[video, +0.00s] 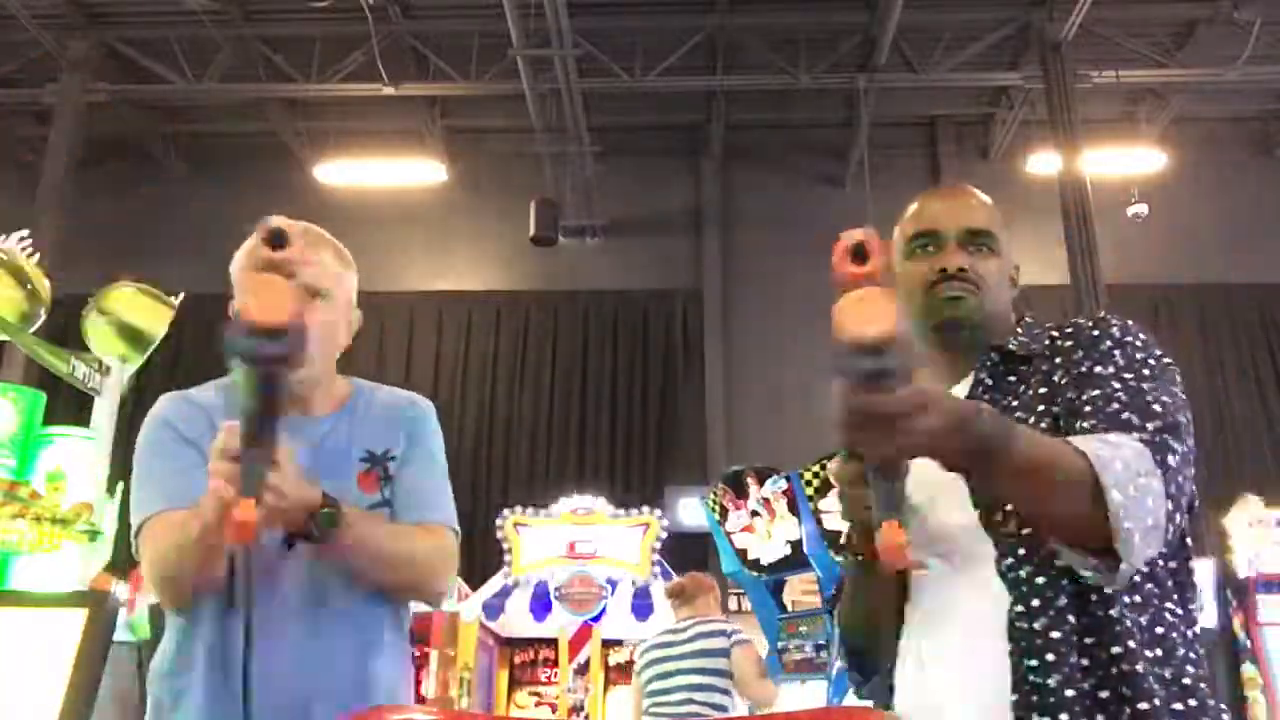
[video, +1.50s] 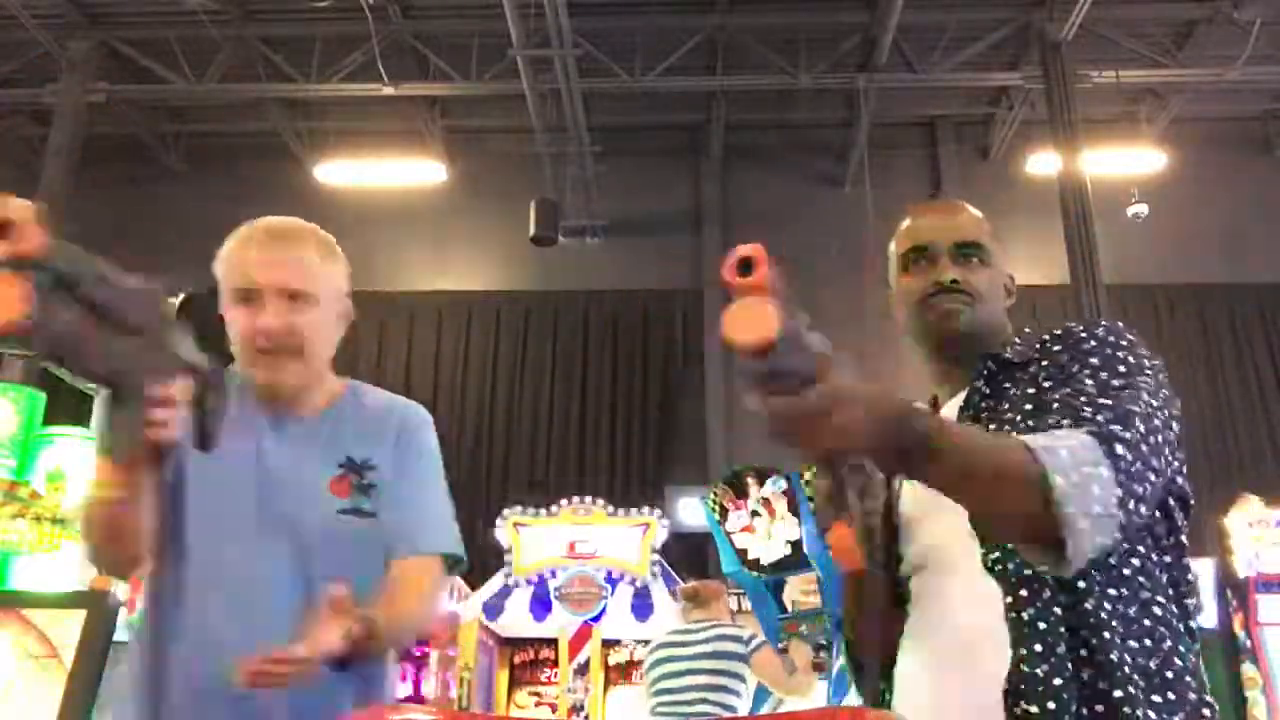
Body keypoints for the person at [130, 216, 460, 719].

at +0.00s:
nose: (290, 315)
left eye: (315, 297)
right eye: (272, 295)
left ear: (353, 323)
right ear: (238, 314)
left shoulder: (404, 421)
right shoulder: (180, 419)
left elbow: (435, 571)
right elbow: (171, 585)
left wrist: (316, 512)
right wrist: (217, 508)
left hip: (356, 710)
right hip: (206, 709)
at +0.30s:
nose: (319, 325)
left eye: (343, 306)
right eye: (299, 300)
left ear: (375, 331)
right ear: (261, 317)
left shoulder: (412, 430)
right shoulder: (204, 414)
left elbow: (423, 576)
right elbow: (158, 582)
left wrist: (283, 505)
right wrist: (173, 511)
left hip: (344, 709)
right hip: (199, 707)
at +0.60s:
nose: (326, 329)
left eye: (350, 311)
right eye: (304, 306)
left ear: (381, 337)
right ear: (268, 321)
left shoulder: (414, 434)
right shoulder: (201, 418)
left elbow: (445, 579)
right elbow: (195, 576)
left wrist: (331, 522)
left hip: (362, 709)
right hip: (208, 709)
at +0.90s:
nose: (282, 322)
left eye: (309, 302)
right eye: (263, 298)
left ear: (352, 322)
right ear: (235, 312)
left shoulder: (392, 422)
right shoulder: (188, 412)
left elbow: (340, 562)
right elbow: (129, 596)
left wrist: (222, 510)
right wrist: (149, 492)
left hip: (333, 710)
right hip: (190, 707)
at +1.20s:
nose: (293, 350)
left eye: (318, 326)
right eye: (274, 327)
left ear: (365, 335)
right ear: (252, 335)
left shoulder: (423, 441)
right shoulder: (215, 425)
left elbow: (454, 598)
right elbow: (149, 560)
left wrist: (403, 607)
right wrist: (177, 460)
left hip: (359, 714)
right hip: (209, 709)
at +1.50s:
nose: (270, 322)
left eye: (295, 299)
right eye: (248, 299)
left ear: (343, 314)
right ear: (222, 312)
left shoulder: (397, 429)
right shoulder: (178, 413)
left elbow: (417, 595)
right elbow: (116, 560)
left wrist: (353, 630)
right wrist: (134, 457)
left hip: (328, 708)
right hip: (172, 703)